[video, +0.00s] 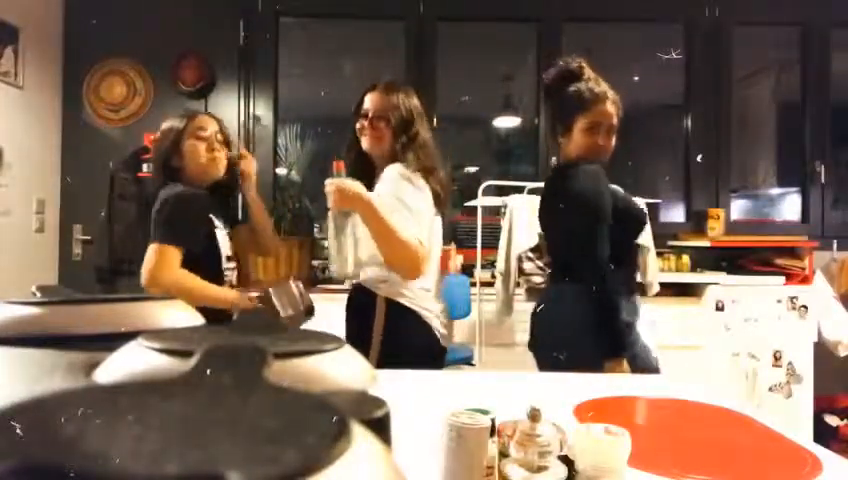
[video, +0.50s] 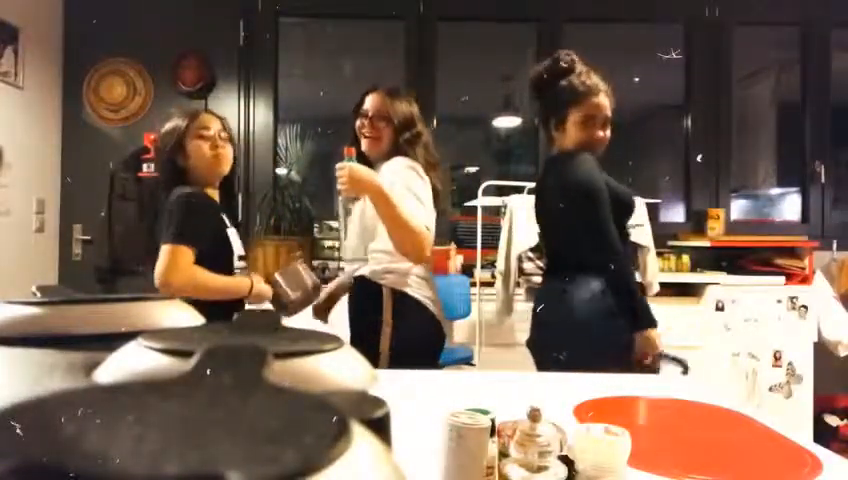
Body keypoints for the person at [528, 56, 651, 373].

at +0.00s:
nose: (604, 141)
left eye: (611, 131)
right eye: (592, 129)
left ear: (618, 133)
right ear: (563, 131)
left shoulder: (557, 182)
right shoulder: (589, 179)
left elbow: (565, 267)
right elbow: (596, 270)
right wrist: (616, 353)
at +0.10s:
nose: (601, 133)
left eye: (607, 123)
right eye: (588, 121)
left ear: (614, 124)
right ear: (559, 124)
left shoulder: (553, 175)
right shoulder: (587, 173)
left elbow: (566, 262)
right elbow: (596, 261)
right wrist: (624, 337)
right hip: (594, 317)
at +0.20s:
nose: (599, 136)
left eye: (605, 126)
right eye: (585, 125)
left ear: (612, 126)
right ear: (556, 129)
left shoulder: (554, 175)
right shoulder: (583, 176)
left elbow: (565, 265)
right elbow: (598, 265)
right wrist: (633, 337)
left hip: (554, 317)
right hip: (588, 322)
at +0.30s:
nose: (598, 140)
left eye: (604, 131)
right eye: (585, 130)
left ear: (611, 131)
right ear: (556, 133)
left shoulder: (551, 180)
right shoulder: (579, 180)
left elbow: (559, 266)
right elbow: (604, 269)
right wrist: (637, 346)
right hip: (587, 330)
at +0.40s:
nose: (600, 133)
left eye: (605, 124)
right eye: (586, 123)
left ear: (612, 125)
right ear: (555, 126)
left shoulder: (550, 173)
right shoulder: (583, 173)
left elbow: (560, 261)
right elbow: (611, 263)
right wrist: (637, 334)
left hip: (553, 308)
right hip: (594, 316)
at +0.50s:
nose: (602, 133)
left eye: (606, 123)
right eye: (588, 122)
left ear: (614, 123)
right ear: (556, 125)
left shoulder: (551, 172)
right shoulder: (583, 171)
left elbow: (561, 258)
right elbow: (612, 259)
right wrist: (644, 324)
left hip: (554, 307)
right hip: (595, 312)